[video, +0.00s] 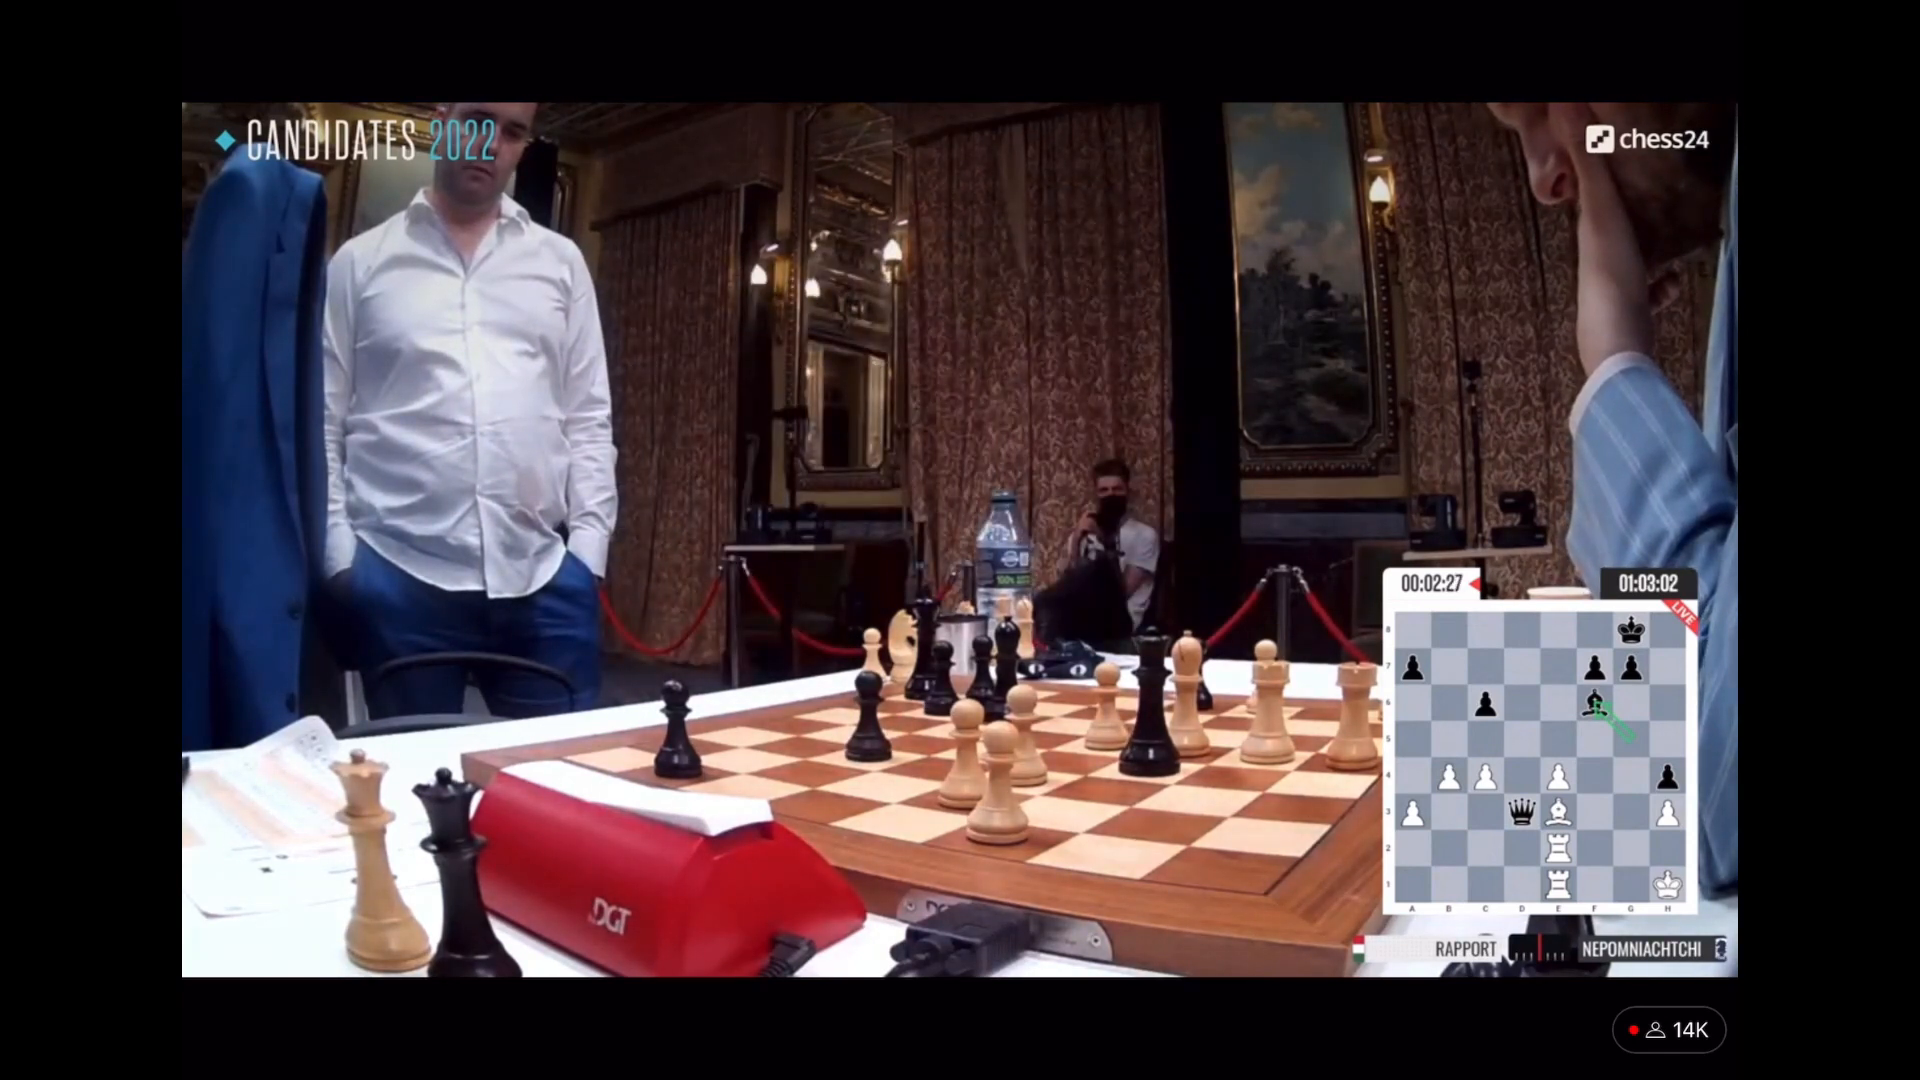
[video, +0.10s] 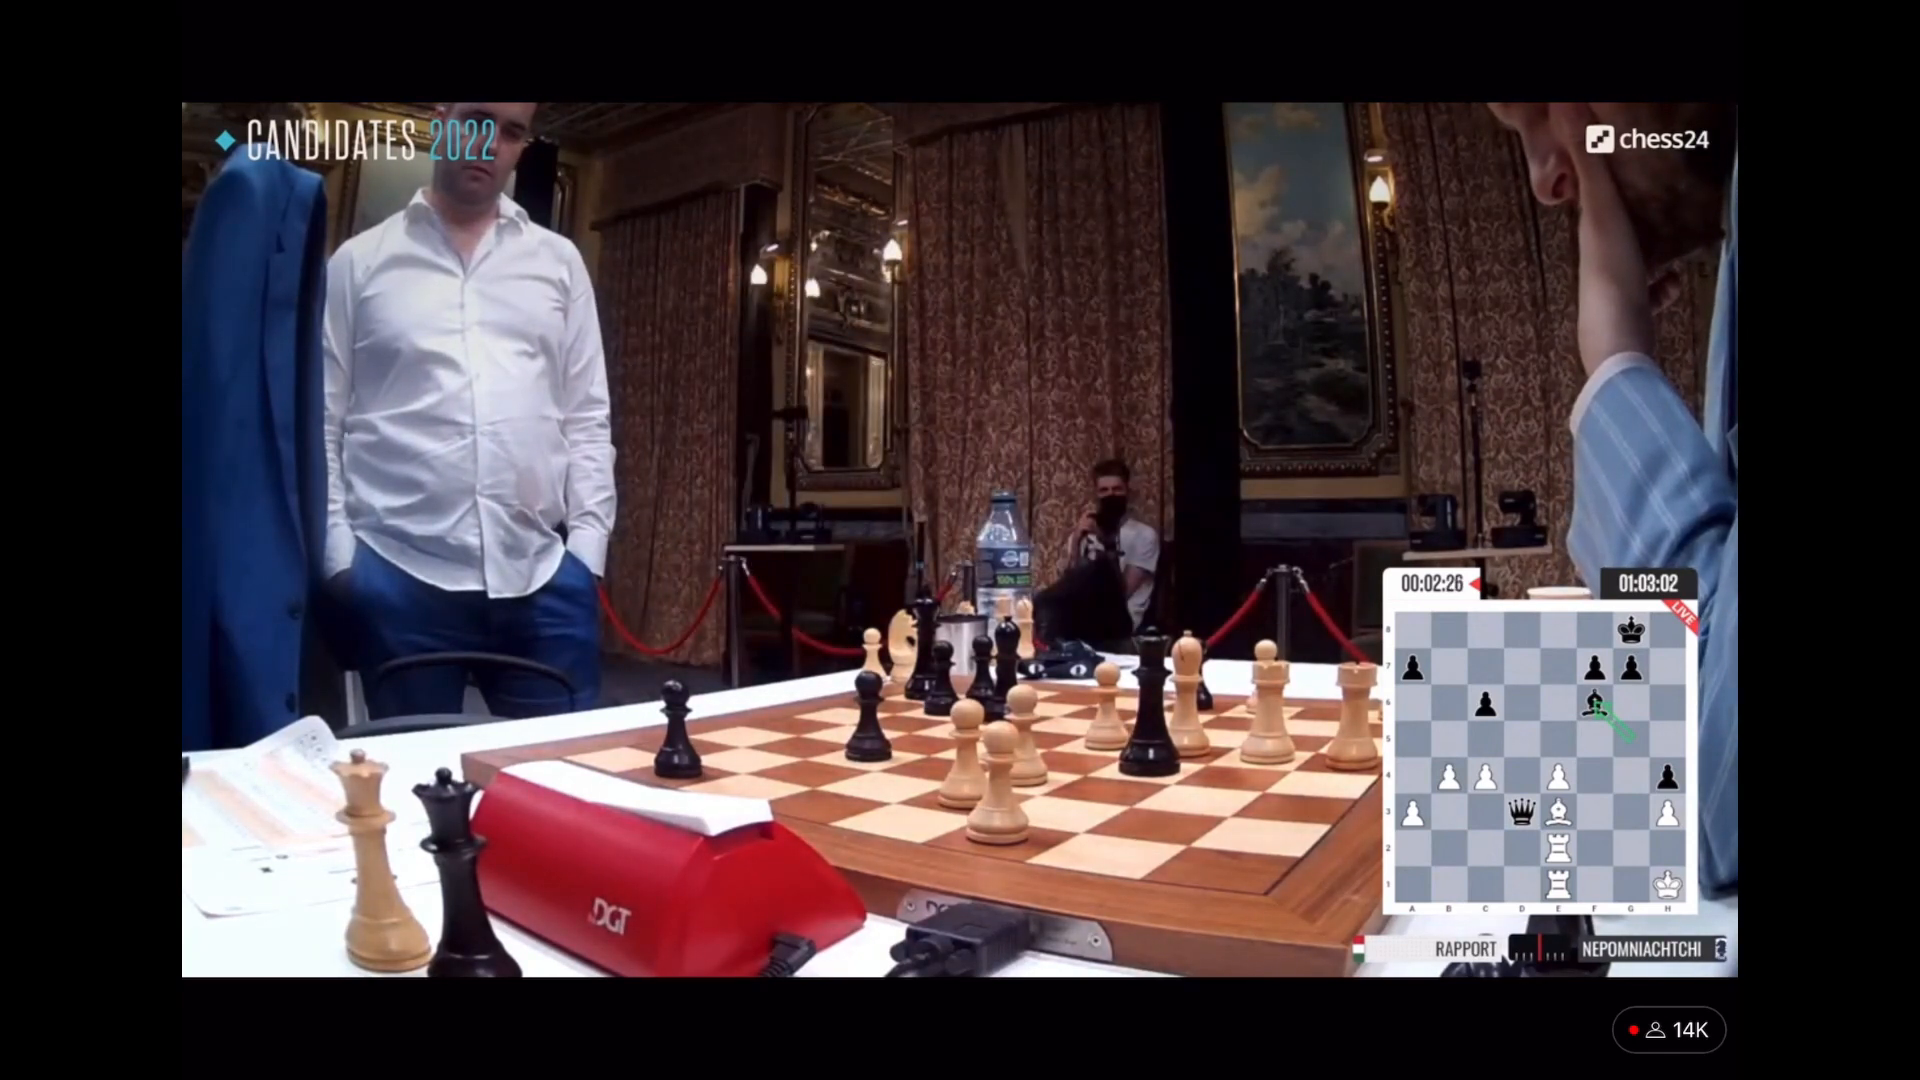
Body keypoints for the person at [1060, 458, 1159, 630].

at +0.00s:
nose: (1110, 495)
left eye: (1117, 489)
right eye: (1103, 490)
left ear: (1127, 491)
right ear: (1096, 493)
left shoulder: (1145, 536)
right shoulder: (1083, 536)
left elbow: (1126, 590)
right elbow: (1071, 582)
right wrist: (1076, 538)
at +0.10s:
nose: (1110, 495)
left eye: (1117, 489)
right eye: (1103, 490)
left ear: (1127, 491)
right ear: (1095, 493)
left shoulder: (1145, 536)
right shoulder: (1082, 536)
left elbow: (1126, 590)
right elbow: (1071, 583)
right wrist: (1076, 539)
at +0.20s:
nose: (1110, 495)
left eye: (1117, 489)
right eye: (1103, 490)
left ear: (1127, 491)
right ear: (1095, 493)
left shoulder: (1145, 536)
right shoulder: (1083, 536)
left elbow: (1125, 591)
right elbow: (1072, 584)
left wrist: (1103, 540)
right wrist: (1076, 540)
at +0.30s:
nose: (1110, 495)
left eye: (1117, 489)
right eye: (1103, 490)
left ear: (1127, 491)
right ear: (1095, 493)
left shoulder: (1145, 536)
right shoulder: (1082, 537)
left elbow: (1125, 590)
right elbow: (1071, 584)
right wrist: (1076, 539)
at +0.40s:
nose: (1110, 495)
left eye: (1117, 489)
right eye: (1103, 490)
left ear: (1127, 491)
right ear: (1095, 493)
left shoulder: (1145, 536)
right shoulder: (1082, 537)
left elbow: (1125, 591)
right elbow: (1071, 584)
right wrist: (1076, 539)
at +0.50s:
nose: (1110, 495)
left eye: (1117, 489)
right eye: (1103, 490)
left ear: (1127, 491)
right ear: (1095, 493)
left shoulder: (1145, 536)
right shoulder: (1082, 537)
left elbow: (1125, 590)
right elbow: (1071, 584)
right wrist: (1076, 539)